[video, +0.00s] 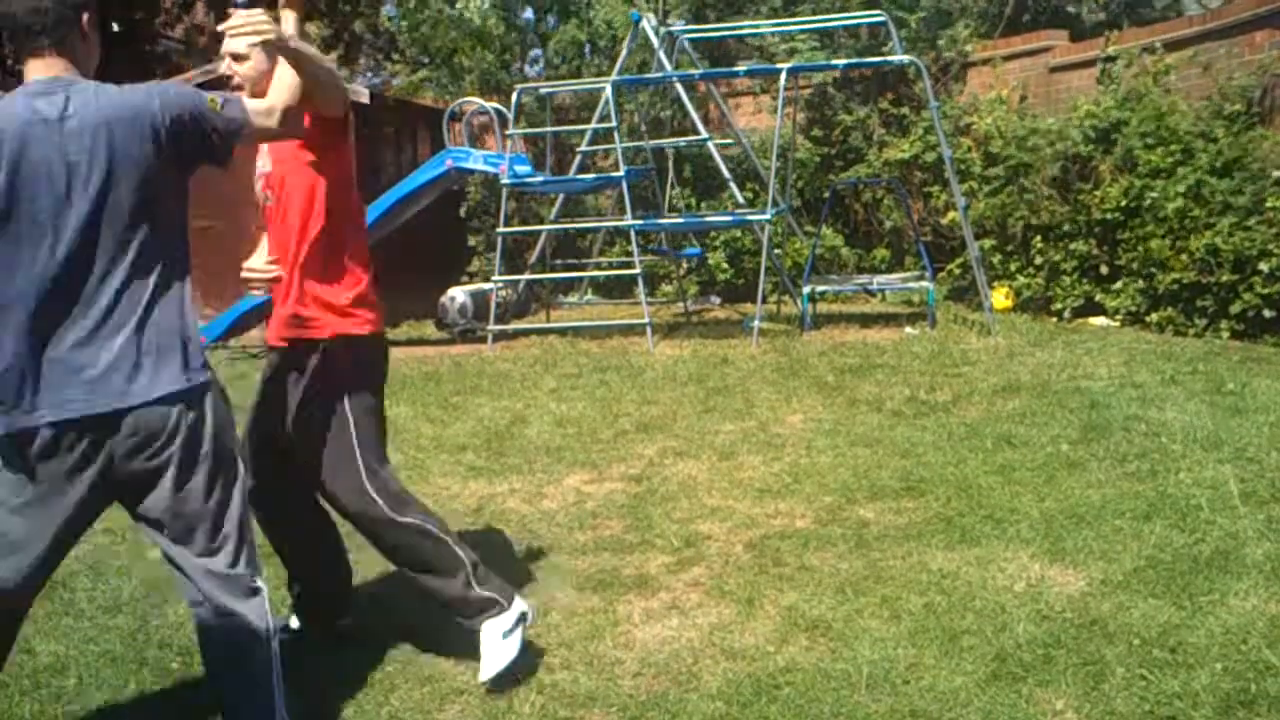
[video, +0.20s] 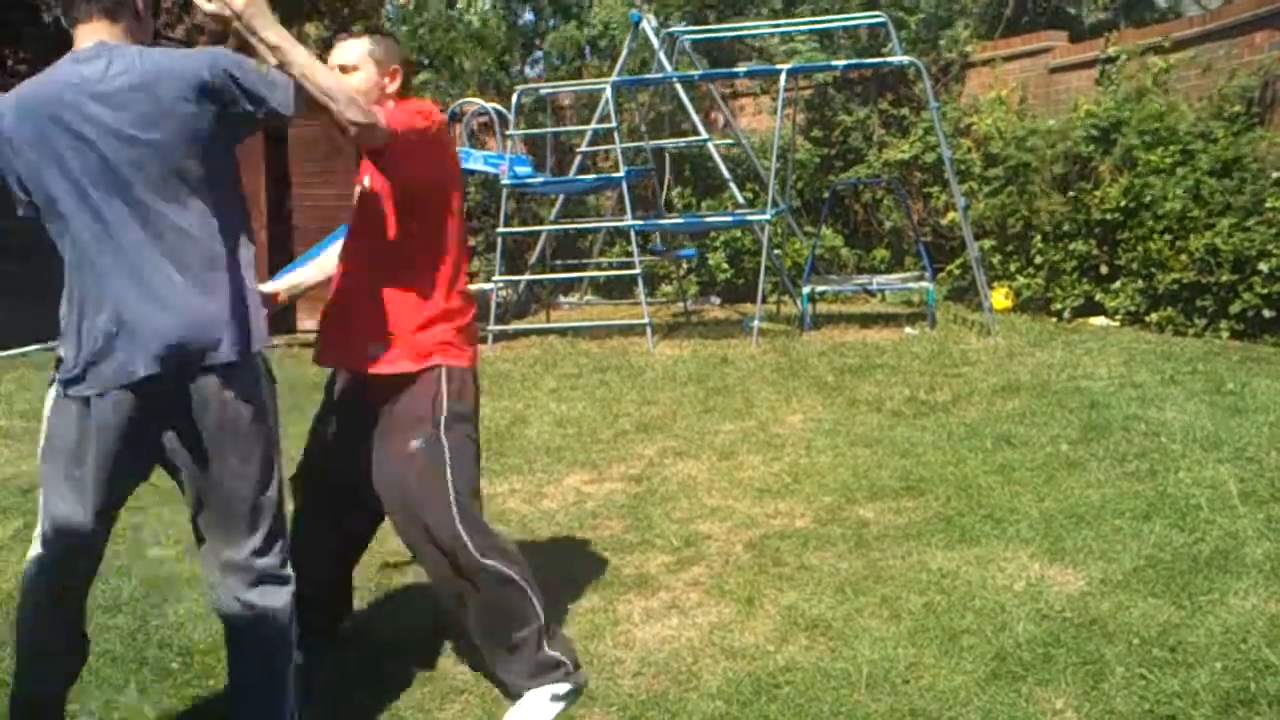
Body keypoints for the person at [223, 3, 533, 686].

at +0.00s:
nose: (232, 67)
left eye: (243, 53)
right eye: (227, 55)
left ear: (278, 54)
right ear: (230, 61)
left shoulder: (318, 114)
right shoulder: (263, 129)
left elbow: (330, 93)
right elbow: (296, 225)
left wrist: (289, 44)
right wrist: (271, 264)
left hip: (343, 338)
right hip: (296, 341)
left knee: (354, 482)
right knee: (273, 482)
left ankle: (492, 608)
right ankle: (322, 613)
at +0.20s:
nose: (334, 83)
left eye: (347, 69)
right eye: (330, 73)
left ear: (393, 74)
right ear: (351, 83)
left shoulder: (423, 124)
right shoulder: (371, 147)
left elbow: (355, 117)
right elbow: (360, 252)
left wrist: (260, 25)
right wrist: (283, 289)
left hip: (427, 367)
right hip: (366, 372)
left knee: (438, 523)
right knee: (319, 526)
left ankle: (543, 672)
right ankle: (312, 652)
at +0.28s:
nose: (373, 54)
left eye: (387, 40)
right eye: (369, 45)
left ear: (432, 48)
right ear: (377, 58)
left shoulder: (474, 106)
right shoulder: (391, 133)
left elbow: (421, 147)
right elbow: (343, 203)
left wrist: (321, 76)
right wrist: (253, 227)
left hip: (455, 353)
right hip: (385, 352)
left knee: (472, 527)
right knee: (361, 495)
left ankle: (547, 670)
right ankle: (364, 609)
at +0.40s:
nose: (443, 21)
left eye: (459, 9)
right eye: (438, 10)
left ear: (505, 21)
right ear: (436, 23)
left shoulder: (551, 109)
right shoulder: (412, 85)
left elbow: (586, 218)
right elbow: (320, 99)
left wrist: (495, 215)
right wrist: (236, 69)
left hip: (520, 342)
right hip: (434, 337)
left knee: (540, 496)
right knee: (426, 495)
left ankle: (589, 658)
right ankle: (500, 578)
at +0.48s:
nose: (470, 42)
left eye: (487, 28)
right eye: (466, 27)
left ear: (532, 42)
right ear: (460, 32)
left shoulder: (570, 128)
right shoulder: (436, 98)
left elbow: (620, 219)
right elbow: (342, 114)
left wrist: (564, 272)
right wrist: (314, 126)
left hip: (546, 347)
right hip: (463, 348)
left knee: (575, 508)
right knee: (458, 509)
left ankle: (654, 663)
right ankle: (533, 596)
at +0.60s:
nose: (497, 65)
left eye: (513, 54)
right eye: (495, 53)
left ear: (561, 66)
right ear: (493, 62)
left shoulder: (615, 144)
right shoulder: (487, 138)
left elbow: (686, 236)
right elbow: (419, 212)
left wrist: (649, 286)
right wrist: (346, 227)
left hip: (610, 371)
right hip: (528, 367)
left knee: (640, 530)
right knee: (497, 500)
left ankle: (720, 685)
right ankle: (531, 610)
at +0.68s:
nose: (509, 44)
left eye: (525, 31)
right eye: (509, 31)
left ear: (574, 42)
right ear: (537, 43)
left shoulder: (629, 110)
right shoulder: (523, 121)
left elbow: (704, 196)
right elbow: (491, 220)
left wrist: (641, 221)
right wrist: (436, 285)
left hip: (638, 358)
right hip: (567, 351)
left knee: (660, 531)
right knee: (542, 490)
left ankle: (723, 689)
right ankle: (527, 617)